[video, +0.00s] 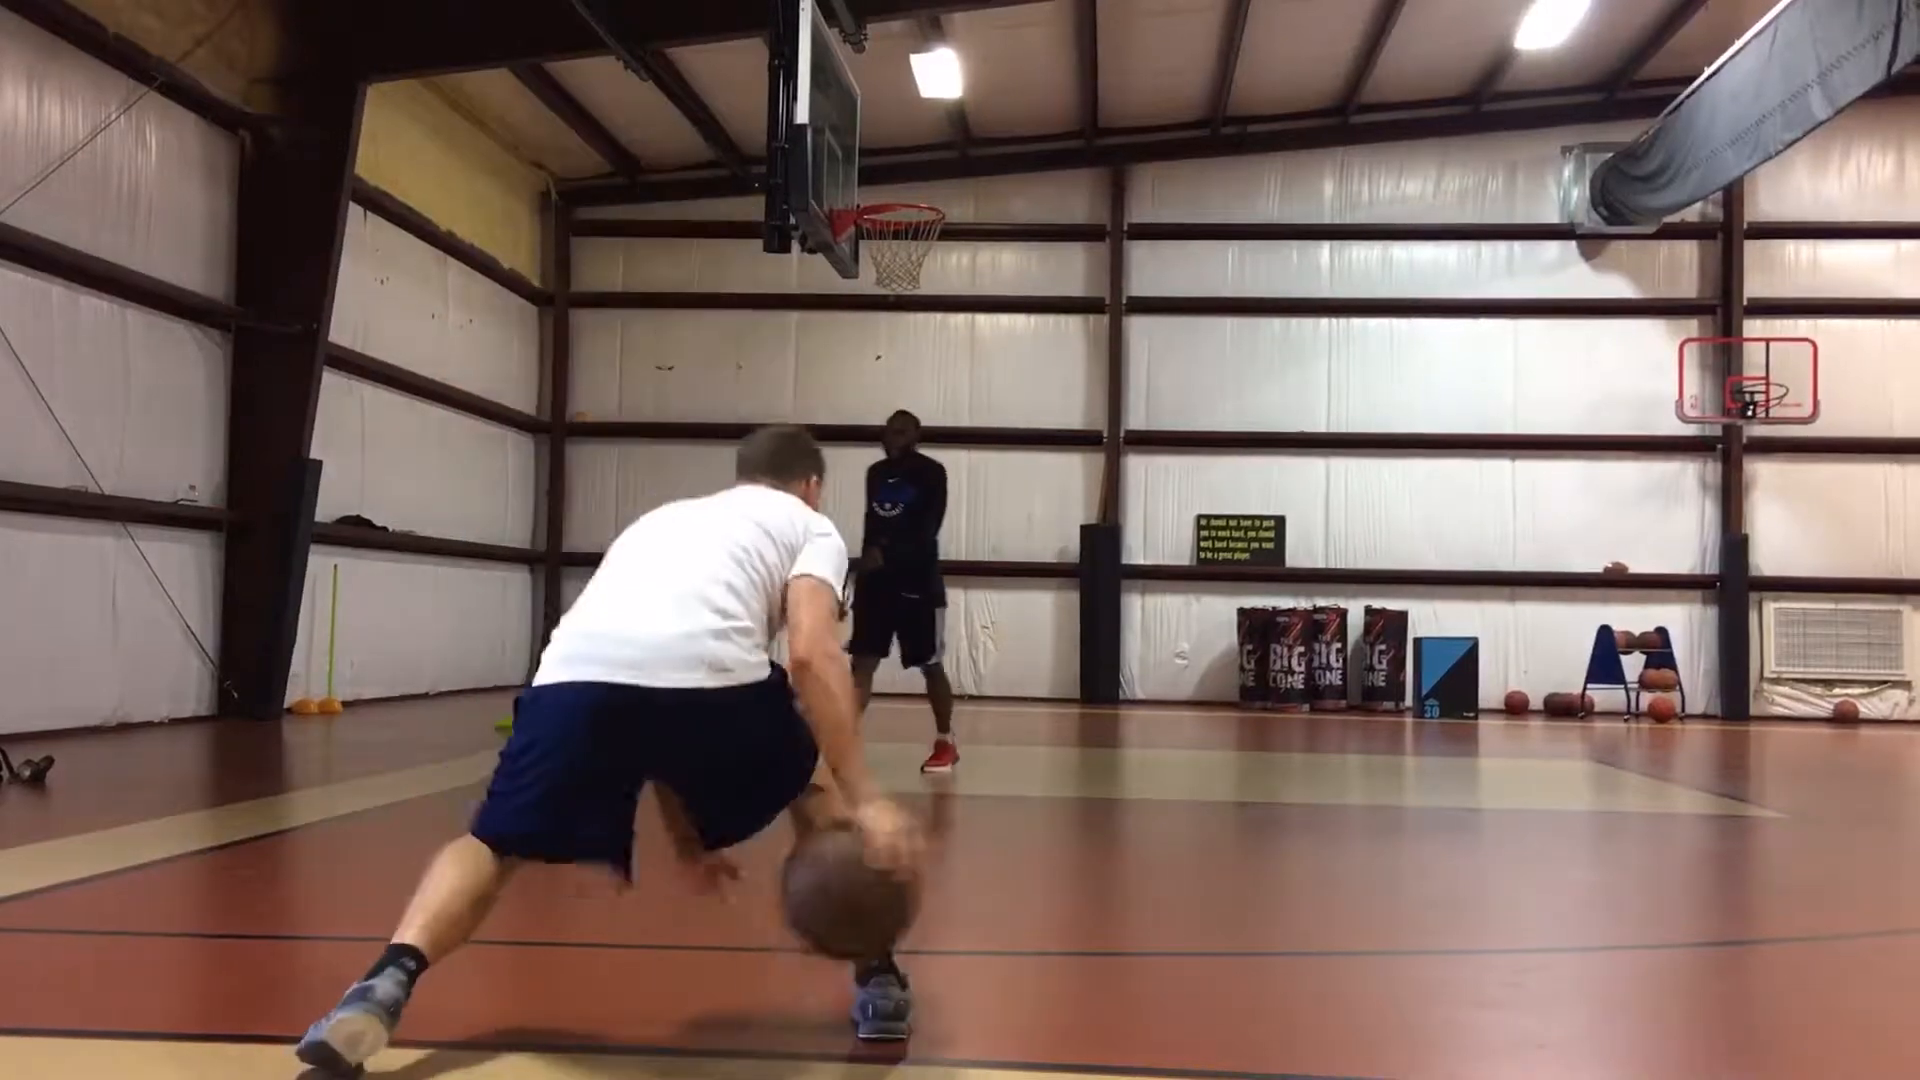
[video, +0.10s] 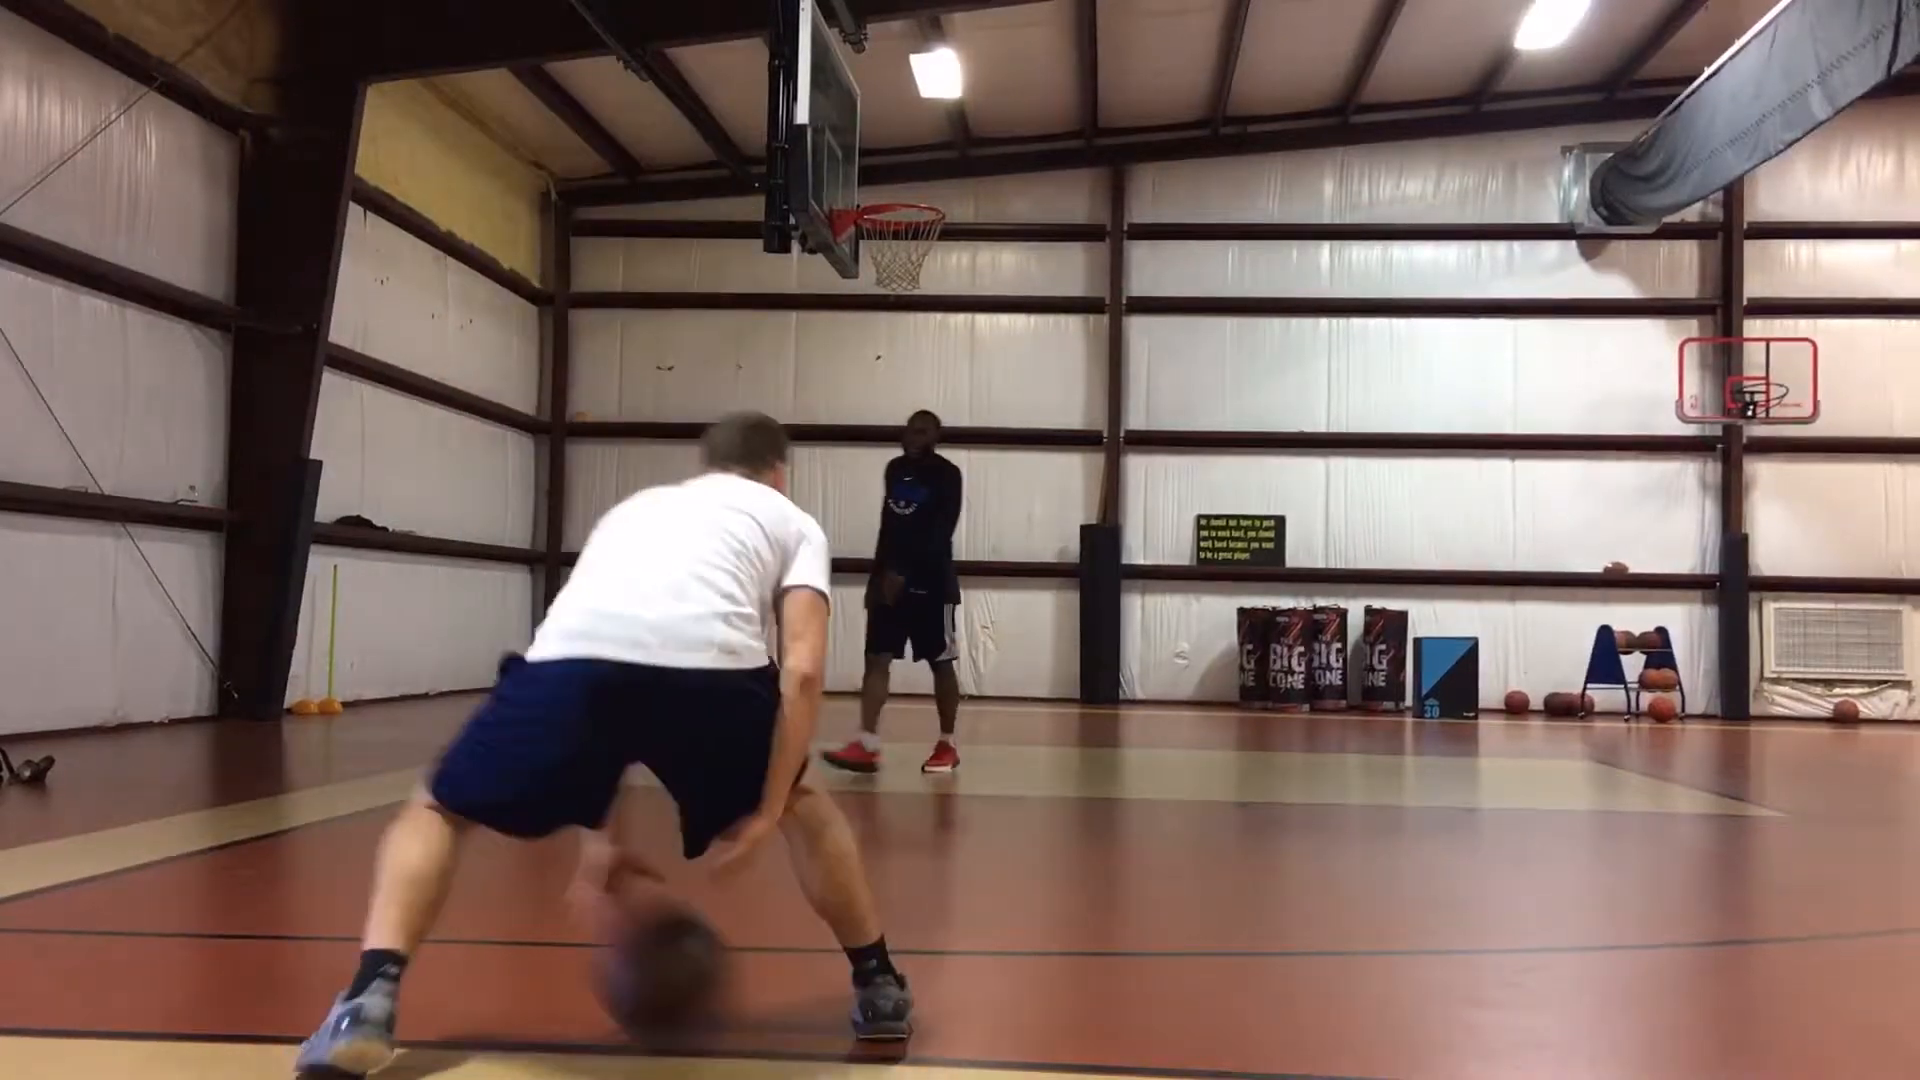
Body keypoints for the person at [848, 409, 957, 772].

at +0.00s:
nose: (892, 438)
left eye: (900, 432)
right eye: (890, 431)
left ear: (915, 436)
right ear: (884, 434)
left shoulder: (932, 472)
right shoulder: (876, 472)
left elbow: (926, 531)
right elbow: (871, 528)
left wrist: (883, 553)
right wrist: (863, 576)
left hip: (919, 586)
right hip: (876, 584)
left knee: (930, 666)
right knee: (862, 663)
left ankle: (944, 742)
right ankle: (843, 743)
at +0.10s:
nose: (913, 436)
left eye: (921, 431)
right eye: (910, 429)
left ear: (936, 437)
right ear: (904, 432)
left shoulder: (947, 473)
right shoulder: (895, 469)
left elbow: (939, 532)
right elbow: (888, 527)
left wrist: (905, 574)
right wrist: (877, 577)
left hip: (931, 585)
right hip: (890, 582)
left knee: (942, 664)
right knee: (877, 659)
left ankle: (947, 744)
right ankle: (867, 744)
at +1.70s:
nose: (1003, 502)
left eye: (1008, 496)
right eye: (1000, 496)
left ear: (1024, 497)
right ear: (999, 497)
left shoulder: (1048, 521)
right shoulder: (999, 523)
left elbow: (1066, 572)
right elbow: (1013, 572)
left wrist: (1061, 621)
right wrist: (1028, 613)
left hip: (1073, 589)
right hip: (1044, 588)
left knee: (1064, 659)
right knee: (1035, 658)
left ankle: (1069, 735)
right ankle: (1036, 732)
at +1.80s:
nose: (1004, 512)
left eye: (1009, 506)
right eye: (1001, 506)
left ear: (1024, 505)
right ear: (998, 506)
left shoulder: (1047, 529)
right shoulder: (999, 528)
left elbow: (1069, 578)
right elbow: (1014, 576)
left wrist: (1062, 624)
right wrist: (1029, 617)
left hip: (1077, 591)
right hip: (1048, 589)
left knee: (1065, 659)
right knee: (1035, 658)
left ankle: (1069, 735)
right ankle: (1036, 733)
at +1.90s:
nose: (1000, 515)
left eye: (1006, 509)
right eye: (999, 509)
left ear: (1023, 510)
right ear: (998, 509)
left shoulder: (1046, 533)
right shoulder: (999, 531)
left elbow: (1070, 580)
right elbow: (1015, 579)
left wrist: (1062, 624)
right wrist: (1030, 618)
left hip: (1078, 592)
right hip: (1050, 591)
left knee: (1066, 659)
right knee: (1035, 656)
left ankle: (1070, 735)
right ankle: (1036, 733)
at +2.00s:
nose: (1000, 515)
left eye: (1005, 510)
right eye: (999, 510)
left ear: (1023, 511)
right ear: (999, 510)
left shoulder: (1043, 533)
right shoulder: (998, 532)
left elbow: (1069, 581)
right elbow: (1014, 581)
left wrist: (1061, 626)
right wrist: (1029, 620)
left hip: (1078, 592)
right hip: (1051, 592)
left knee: (1065, 660)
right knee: (1035, 656)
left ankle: (1070, 735)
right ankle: (1036, 733)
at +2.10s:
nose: (999, 513)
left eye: (1004, 508)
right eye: (999, 508)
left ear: (1022, 511)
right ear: (1000, 509)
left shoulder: (1043, 533)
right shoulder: (998, 532)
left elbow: (1062, 582)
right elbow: (1012, 580)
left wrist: (1058, 626)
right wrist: (1029, 620)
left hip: (1080, 592)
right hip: (1051, 591)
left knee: (1064, 659)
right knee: (1035, 656)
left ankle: (1070, 735)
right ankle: (1036, 733)